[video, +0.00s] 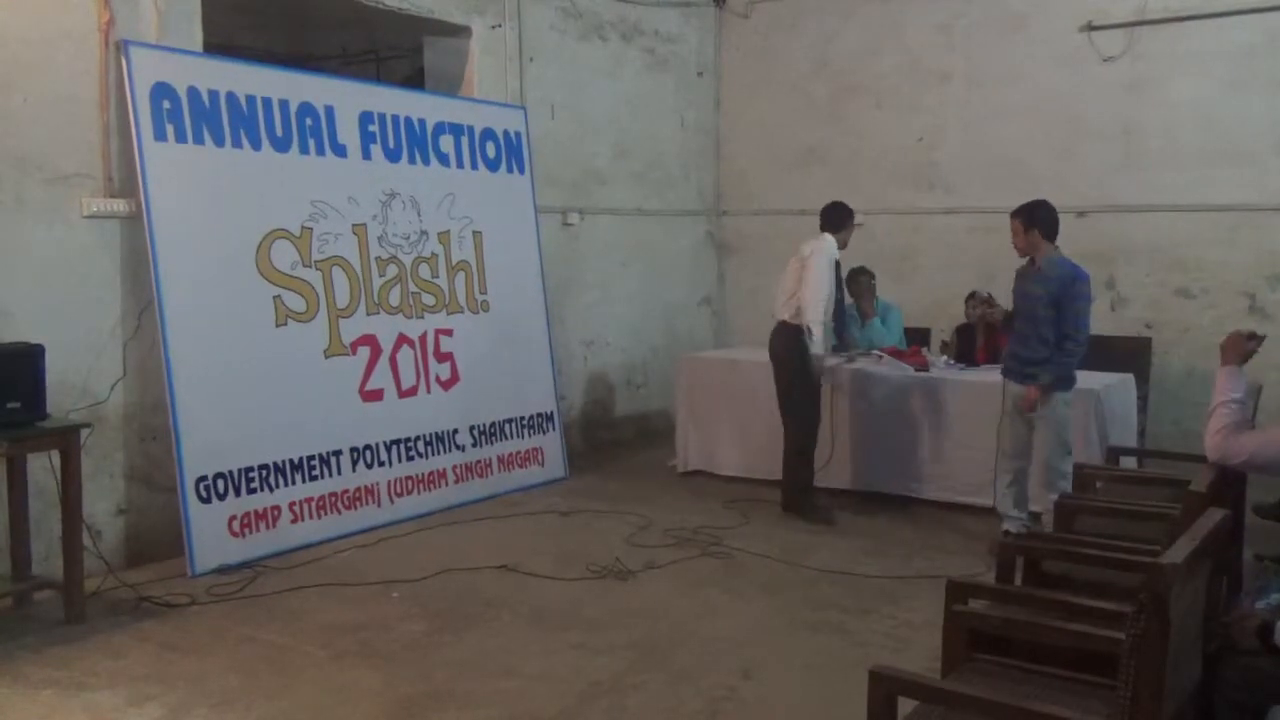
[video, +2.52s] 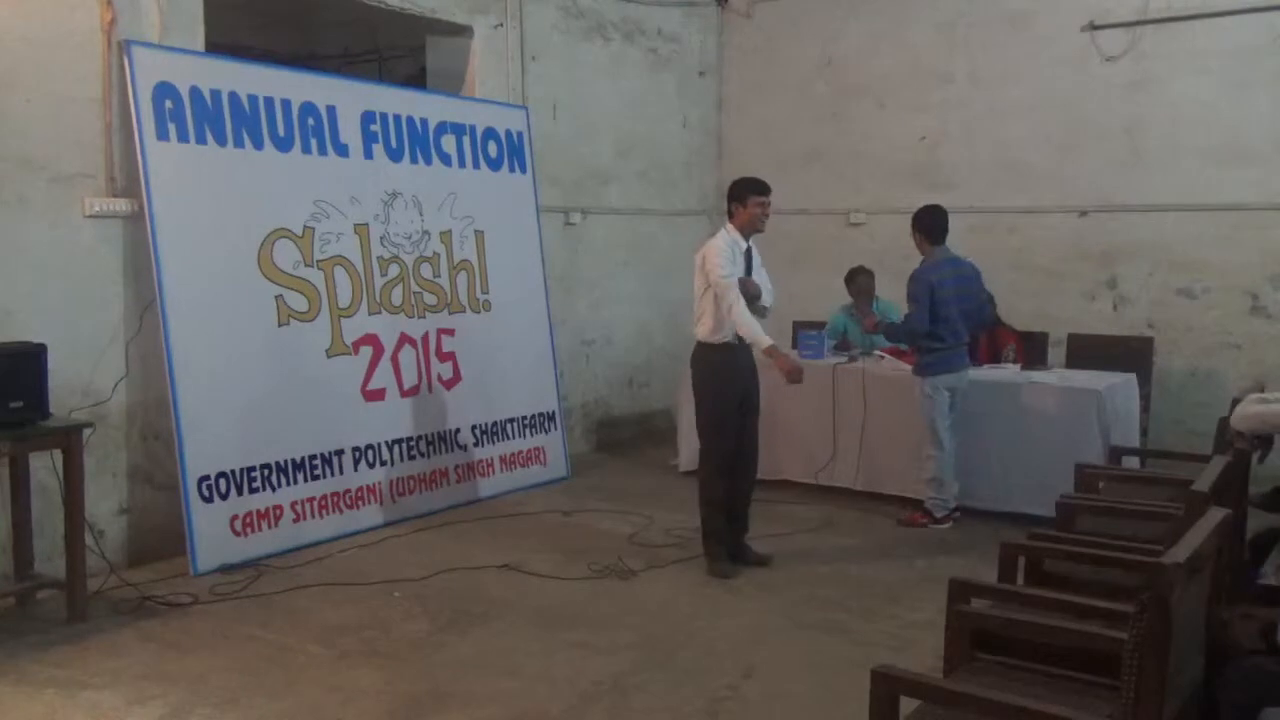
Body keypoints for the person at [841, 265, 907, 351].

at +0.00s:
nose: (863, 290)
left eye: (867, 285)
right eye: (858, 286)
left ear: (874, 288)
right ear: (850, 292)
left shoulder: (891, 311)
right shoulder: (846, 312)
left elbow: (889, 347)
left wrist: (870, 315)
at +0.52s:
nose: (864, 290)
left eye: (868, 285)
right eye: (859, 286)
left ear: (874, 287)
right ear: (851, 292)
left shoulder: (891, 311)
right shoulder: (844, 314)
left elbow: (890, 345)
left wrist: (870, 316)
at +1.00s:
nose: (864, 290)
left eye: (868, 284)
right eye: (859, 286)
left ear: (874, 287)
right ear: (851, 292)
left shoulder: (892, 311)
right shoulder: (844, 313)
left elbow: (891, 347)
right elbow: (824, 343)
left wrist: (870, 315)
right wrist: (836, 345)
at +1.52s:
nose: (864, 289)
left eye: (869, 284)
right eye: (859, 285)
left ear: (875, 287)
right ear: (851, 291)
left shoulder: (893, 312)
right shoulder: (844, 313)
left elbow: (890, 347)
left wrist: (870, 315)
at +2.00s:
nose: (864, 291)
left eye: (868, 285)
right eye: (858, 287)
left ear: (874, 287)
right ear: (850, 293)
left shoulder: (889, 310)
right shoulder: (843, 315)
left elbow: (901, 347)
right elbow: (825, 341)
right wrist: (836, 345)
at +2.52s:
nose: (864, 293)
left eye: (868, 287)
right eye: (859, 289)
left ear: (874, 288)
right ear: (850, 292)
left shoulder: (890, 310)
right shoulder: (843, 315)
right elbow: (826, 341)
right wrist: (837, 346)